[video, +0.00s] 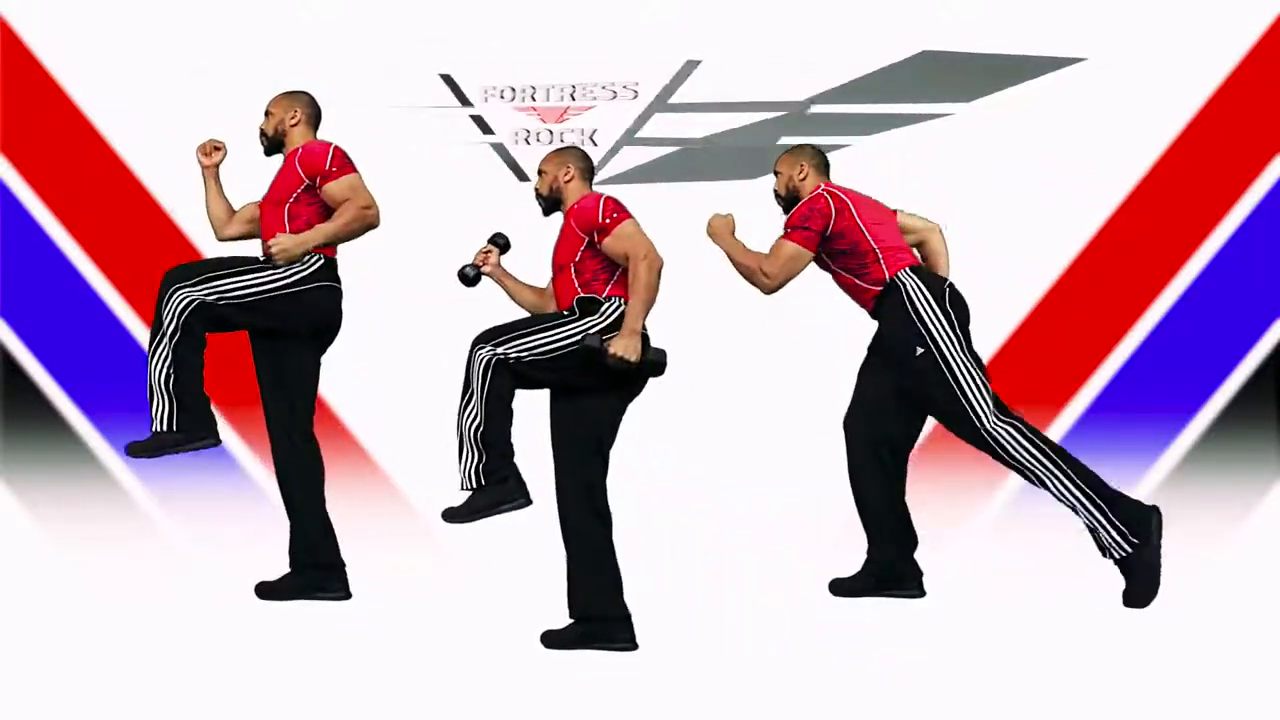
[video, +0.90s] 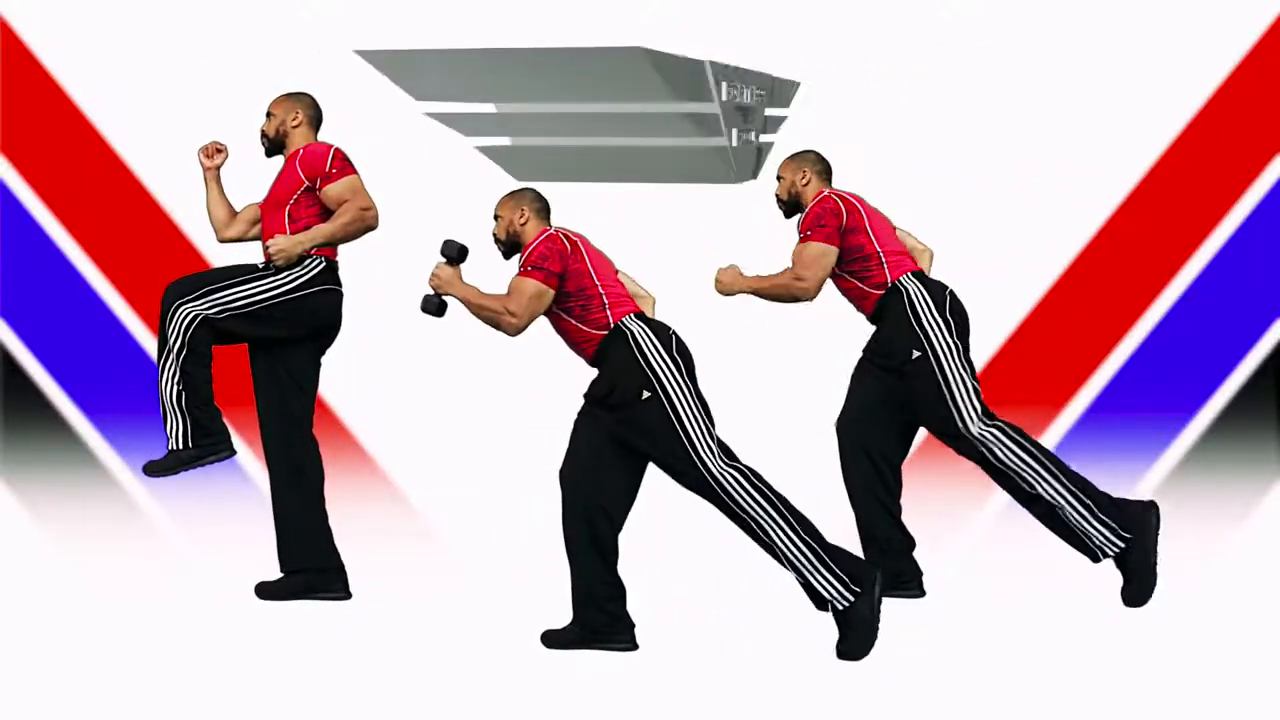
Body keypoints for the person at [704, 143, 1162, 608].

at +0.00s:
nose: (773, 188)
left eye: (778, 177)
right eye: (773, 179)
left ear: (804, 172)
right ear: (813, 178)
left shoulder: (819, 204)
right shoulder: (851, 203)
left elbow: (768, 276)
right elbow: (928, 231)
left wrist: (724, 239)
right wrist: (940, 302)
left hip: (915, 303)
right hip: (903, 315)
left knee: (985, 423)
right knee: (869, 436)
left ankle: (1128, 528)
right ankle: (892, 568)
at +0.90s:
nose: (776, 188)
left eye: (783, 178)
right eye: (776, 181)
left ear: (808, 177)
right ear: (815, 184)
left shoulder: (827, 207)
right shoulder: (852, 211)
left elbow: (803, 282)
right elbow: (919, 254)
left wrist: (742, 284)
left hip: (917, 306)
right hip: (897, 323)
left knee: (969, 427)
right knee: (861, 434)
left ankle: (1121, 529)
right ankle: (893, 567)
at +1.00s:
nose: (780, 178)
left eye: (784, 167)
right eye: (779, 171)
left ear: (807, 164)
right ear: (813, 165)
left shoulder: (835, 193)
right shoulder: (838, 205)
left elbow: (846, 262)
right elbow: (883, 278)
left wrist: (786, 301)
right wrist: (849, 315)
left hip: (910, 297)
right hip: (887, 317)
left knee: (915, 432)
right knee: (863, 433)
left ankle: (1051, 514)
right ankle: (892, 564)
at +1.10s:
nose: (786, 166)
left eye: (790, 156)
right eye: (786, 158)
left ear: (814, 153)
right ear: (815, 156)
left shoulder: (845, 180)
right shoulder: (835, 206)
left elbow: (891, 231)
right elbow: (855, 286)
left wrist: (854, 297)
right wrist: (799, 287)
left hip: (906, 288)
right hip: (893, 301)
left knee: (842, 397)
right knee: (875, 433)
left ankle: (944, 501)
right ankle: (893, 564)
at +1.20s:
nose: (792, 156)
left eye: (797, 146)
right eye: (792, 149)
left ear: (821, 144)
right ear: (823, 148)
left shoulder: (850, 168)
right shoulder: (843, 200)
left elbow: (917, 201)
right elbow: (816, 269)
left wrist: (917, 268)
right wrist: (766, 241)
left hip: (897, 282)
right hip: (912, 295)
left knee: (797, 341)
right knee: (884, 435)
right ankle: (895, 566)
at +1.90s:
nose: (797, 154)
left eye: (802, 144)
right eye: (797, 147)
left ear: (827, 142)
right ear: (827, 145)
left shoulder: (857, 165)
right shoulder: (845, 198)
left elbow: (912, 209)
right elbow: (824, 274)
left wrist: (886, 279)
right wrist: (768, 251)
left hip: (897, 288)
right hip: (901, 305)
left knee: (788, 327)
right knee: (877, 442)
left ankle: (822, 454)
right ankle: (893, 570)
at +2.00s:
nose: (792, 161)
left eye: (797, 151)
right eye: (792, 154)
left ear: (821, 147)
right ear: (824, 149)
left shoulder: (850, 172)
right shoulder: (836, 205)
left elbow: (880, 234)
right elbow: (855, 290)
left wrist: (822, 288)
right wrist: (798, 295)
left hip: (903, 283)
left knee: (817, 373)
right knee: (882, 435)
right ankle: (891, 572)